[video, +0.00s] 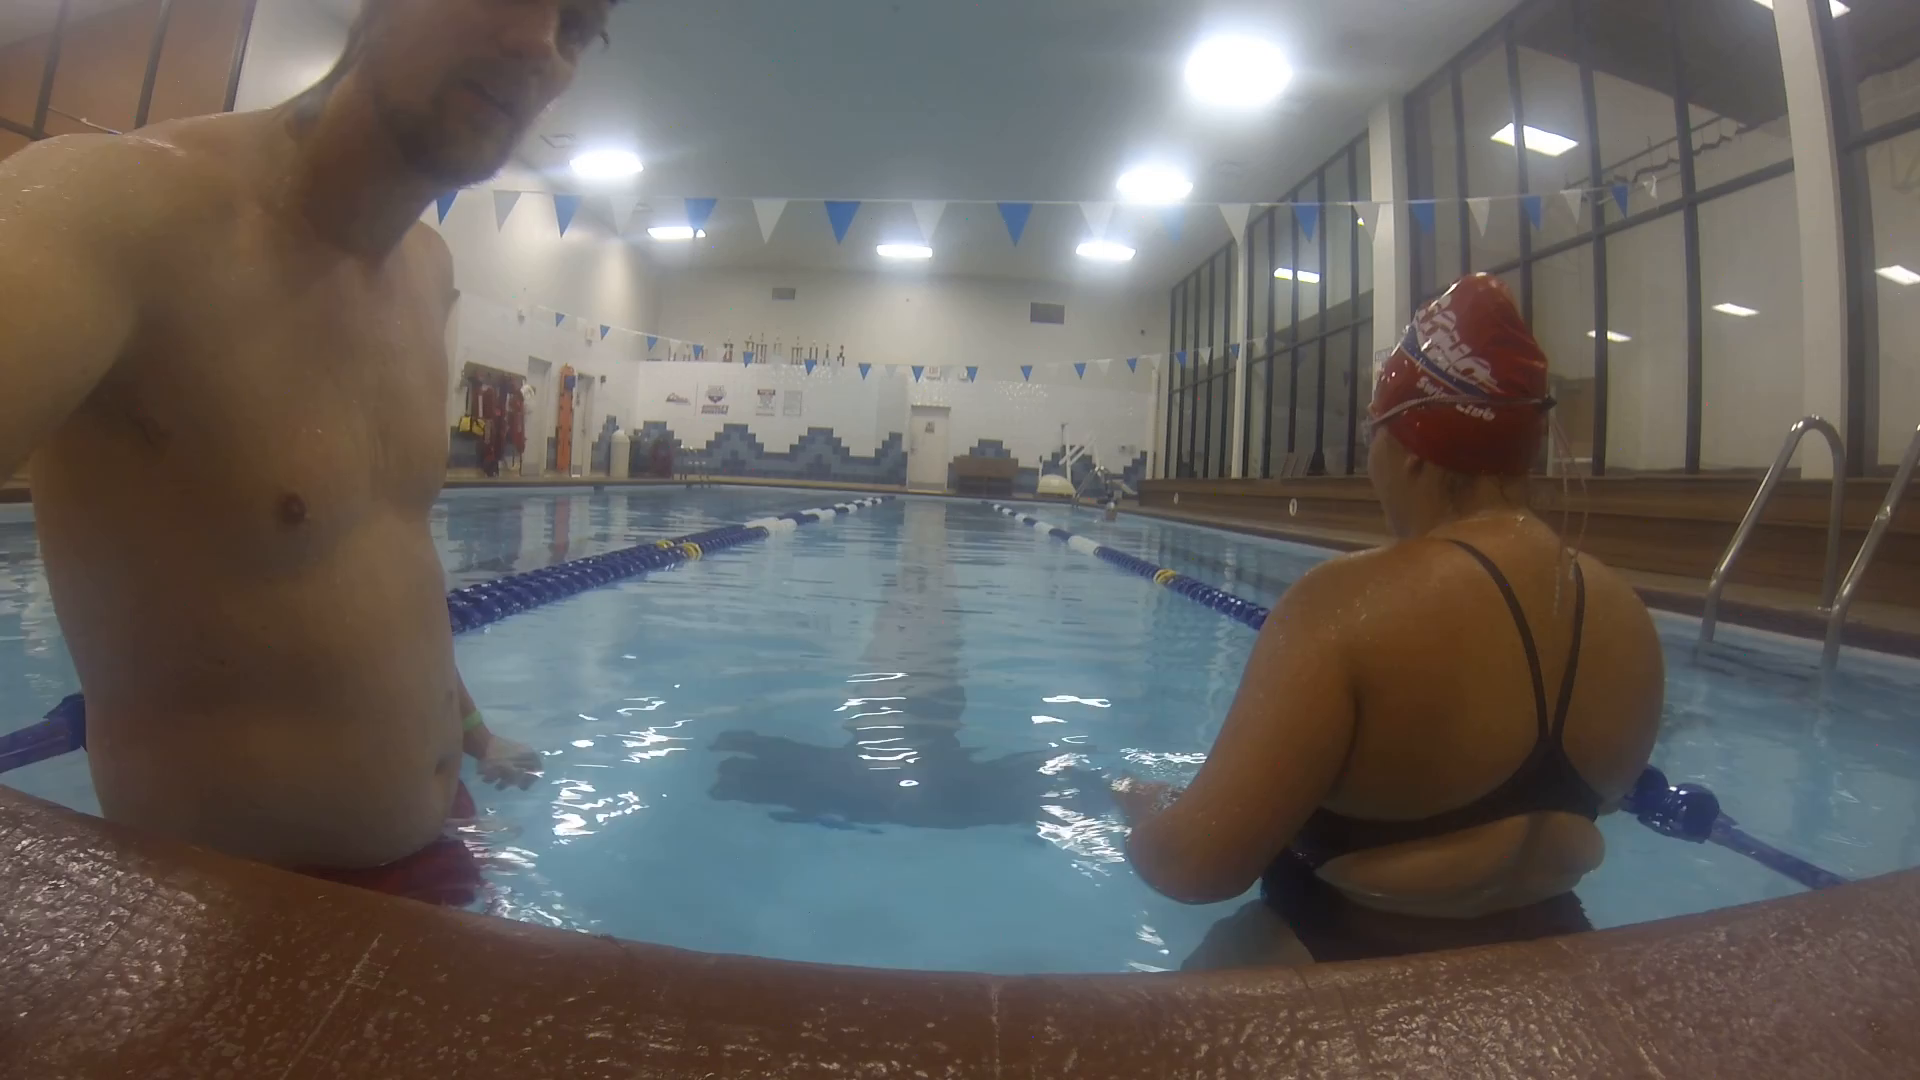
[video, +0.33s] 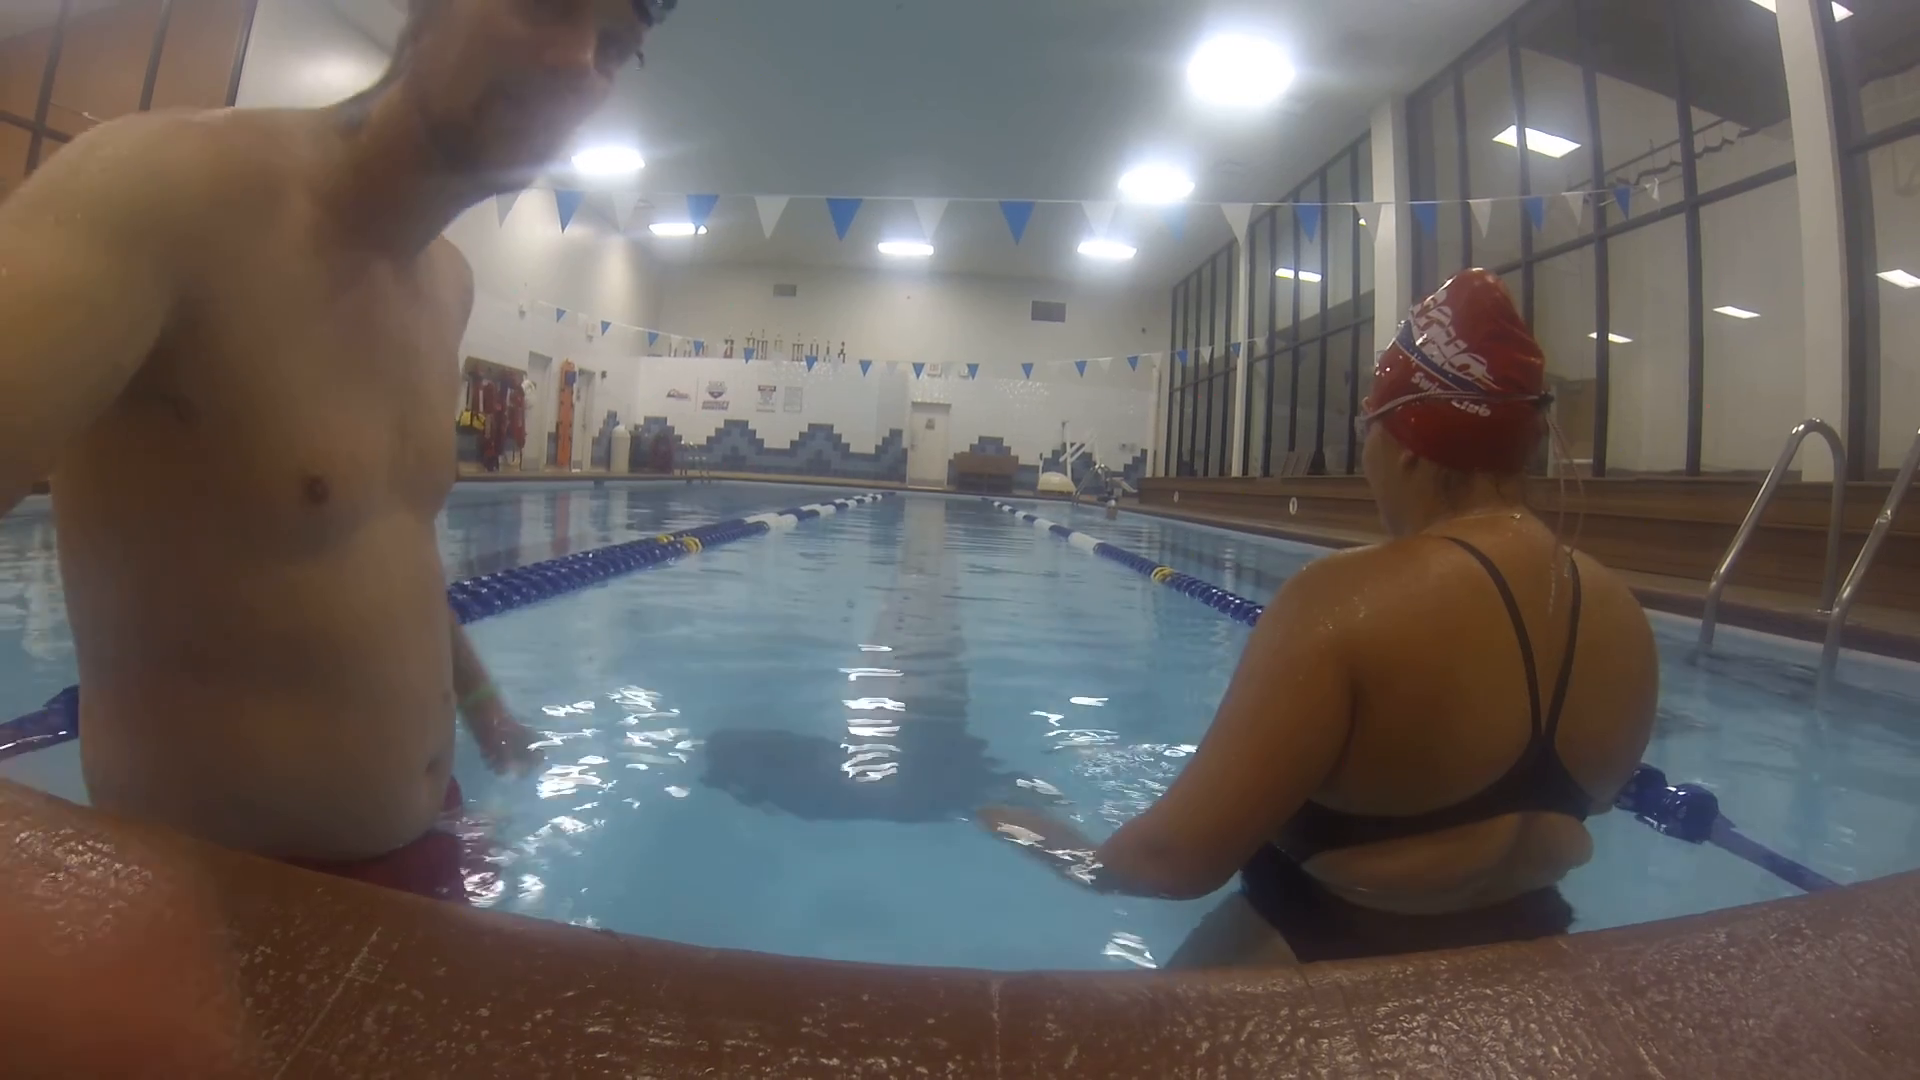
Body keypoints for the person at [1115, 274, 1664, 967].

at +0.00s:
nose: (1371, 457)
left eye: (1377, 434)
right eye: (1374, 434)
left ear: (1414, 450)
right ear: (1527, 446)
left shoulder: (1345, 606)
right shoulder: (1622, 610)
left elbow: (1202, 865)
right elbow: (1605, 783)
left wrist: (1148, 813)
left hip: (1336, 997)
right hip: (1544, 988)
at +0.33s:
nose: (1362, 445)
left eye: (1369, 422)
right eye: (1368, 420)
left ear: (1406, 442)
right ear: (1524, 442)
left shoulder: (1341, 605)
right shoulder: (1616, 609)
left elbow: (1179, 857)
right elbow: (1591, 792)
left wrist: (1067, 847)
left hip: (1313, 996)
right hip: (1515, 992)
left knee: (1132, 1036)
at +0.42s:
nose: (1359, 451)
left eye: (1364, 426)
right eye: (1364, 425)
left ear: (1402, 440)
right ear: (1527, 440)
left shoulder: (1340, 605)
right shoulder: (1614, 610)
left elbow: (1174, 860)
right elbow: (1582, 797)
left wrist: (1047, 860)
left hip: (1313, 982)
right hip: (1522, 975)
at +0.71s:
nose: (1345, 444)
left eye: (1351, 419)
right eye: (1350, 418)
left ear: (1386, 434)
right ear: (1501, 437)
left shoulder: (1335, 596)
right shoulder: (1592, 601)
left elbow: (1190, 862)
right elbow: (1549, 798)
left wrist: (1037, 904)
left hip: (1310, 978)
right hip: (1503, 967)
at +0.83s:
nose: (1334, 432)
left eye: (1341, 411)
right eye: (1341, 408)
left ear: (1379, 428)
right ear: (1481, 433)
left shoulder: (1332, 588)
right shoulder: (1578, 594)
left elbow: (1206, 866)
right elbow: (1538, 804)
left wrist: (1040, 894)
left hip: (1316, 986)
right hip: (1501, 973)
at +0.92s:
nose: (1326, 428)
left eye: (1335, 407)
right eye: (1333, 405)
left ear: (1376, 428)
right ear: (1476, 430)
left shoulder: (1330, 585)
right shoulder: (1568, 592)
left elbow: (1201, 872)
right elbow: (1523, 809)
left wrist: (1040, 884)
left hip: (1319, 986)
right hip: (1502, 968)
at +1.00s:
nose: (1317, 433)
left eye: (1327, 406)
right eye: (1324, 406)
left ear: (1375, 426)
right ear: (1470, 425)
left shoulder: (1327, 582)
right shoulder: (1557, 591)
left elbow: (1199, 875)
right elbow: (1512, 805)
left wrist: (1040, 879)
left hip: (1308, 981)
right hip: (1493, 964)